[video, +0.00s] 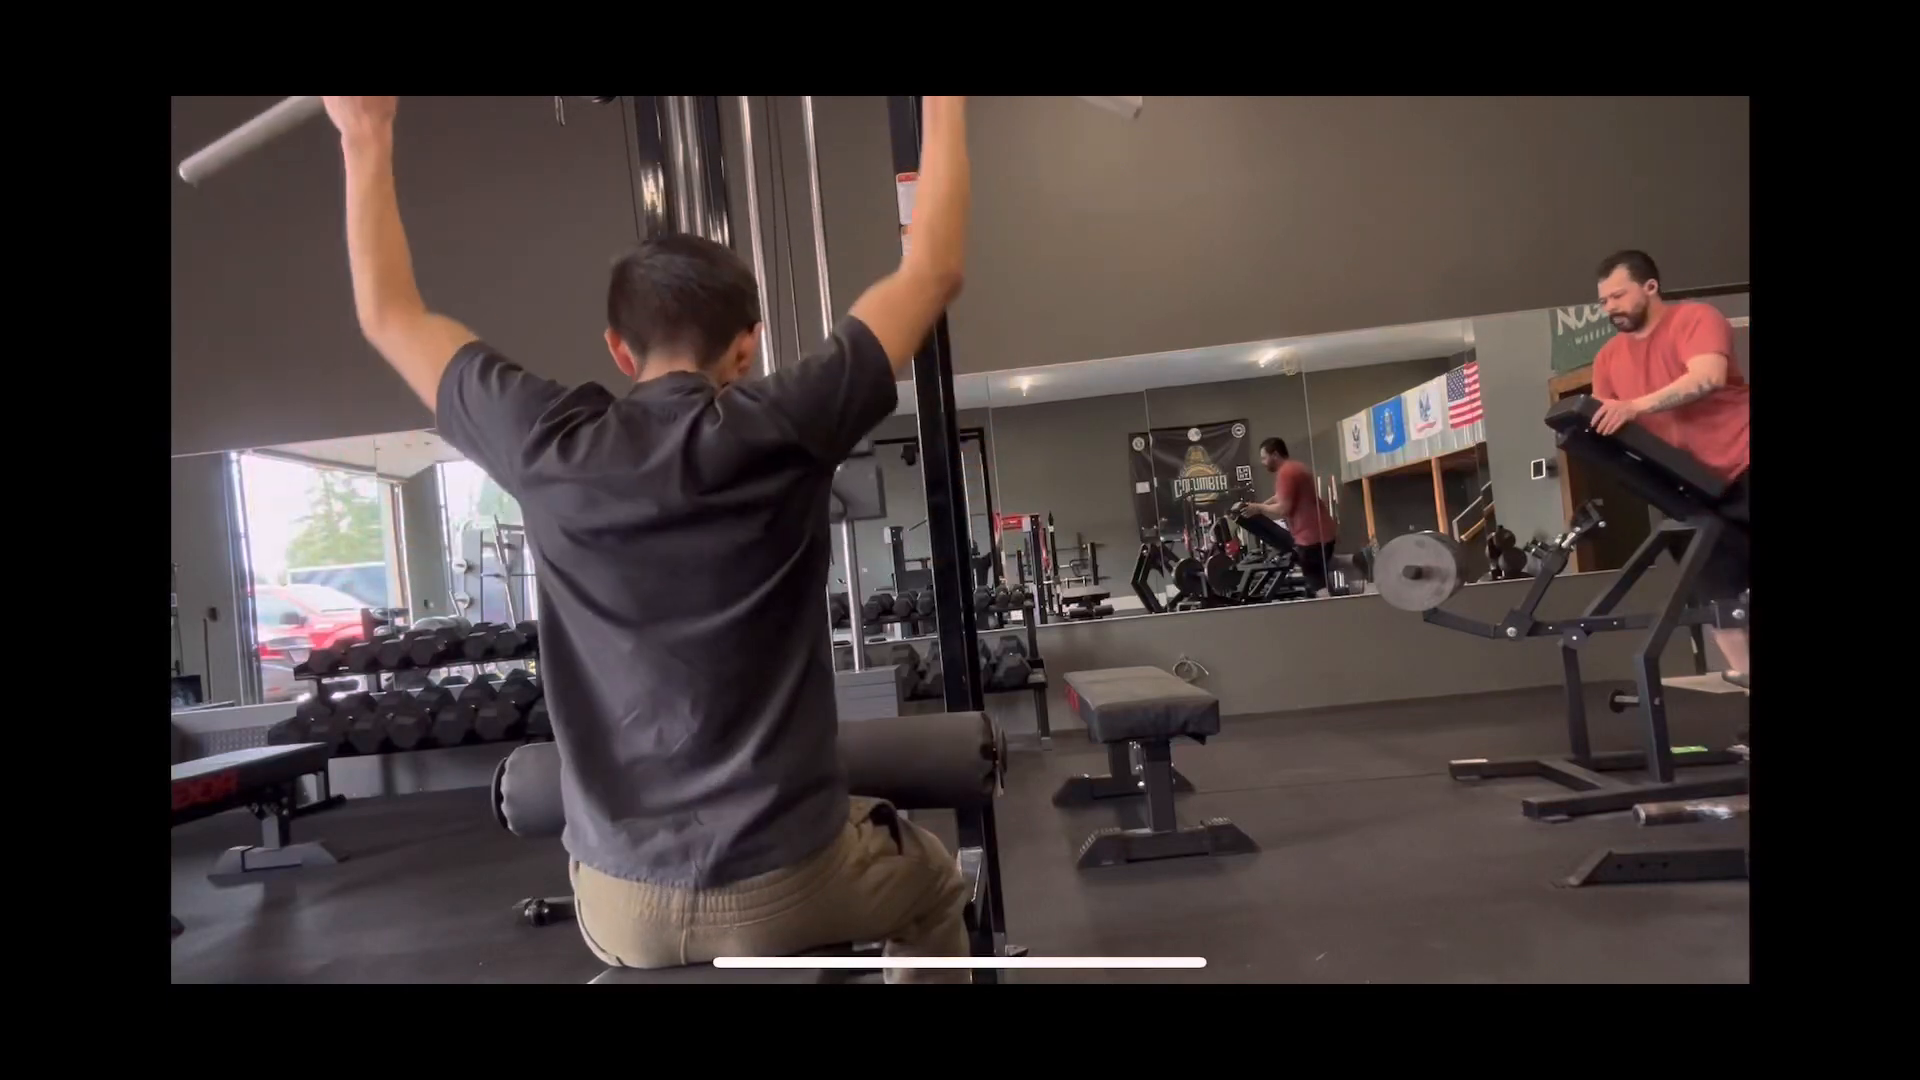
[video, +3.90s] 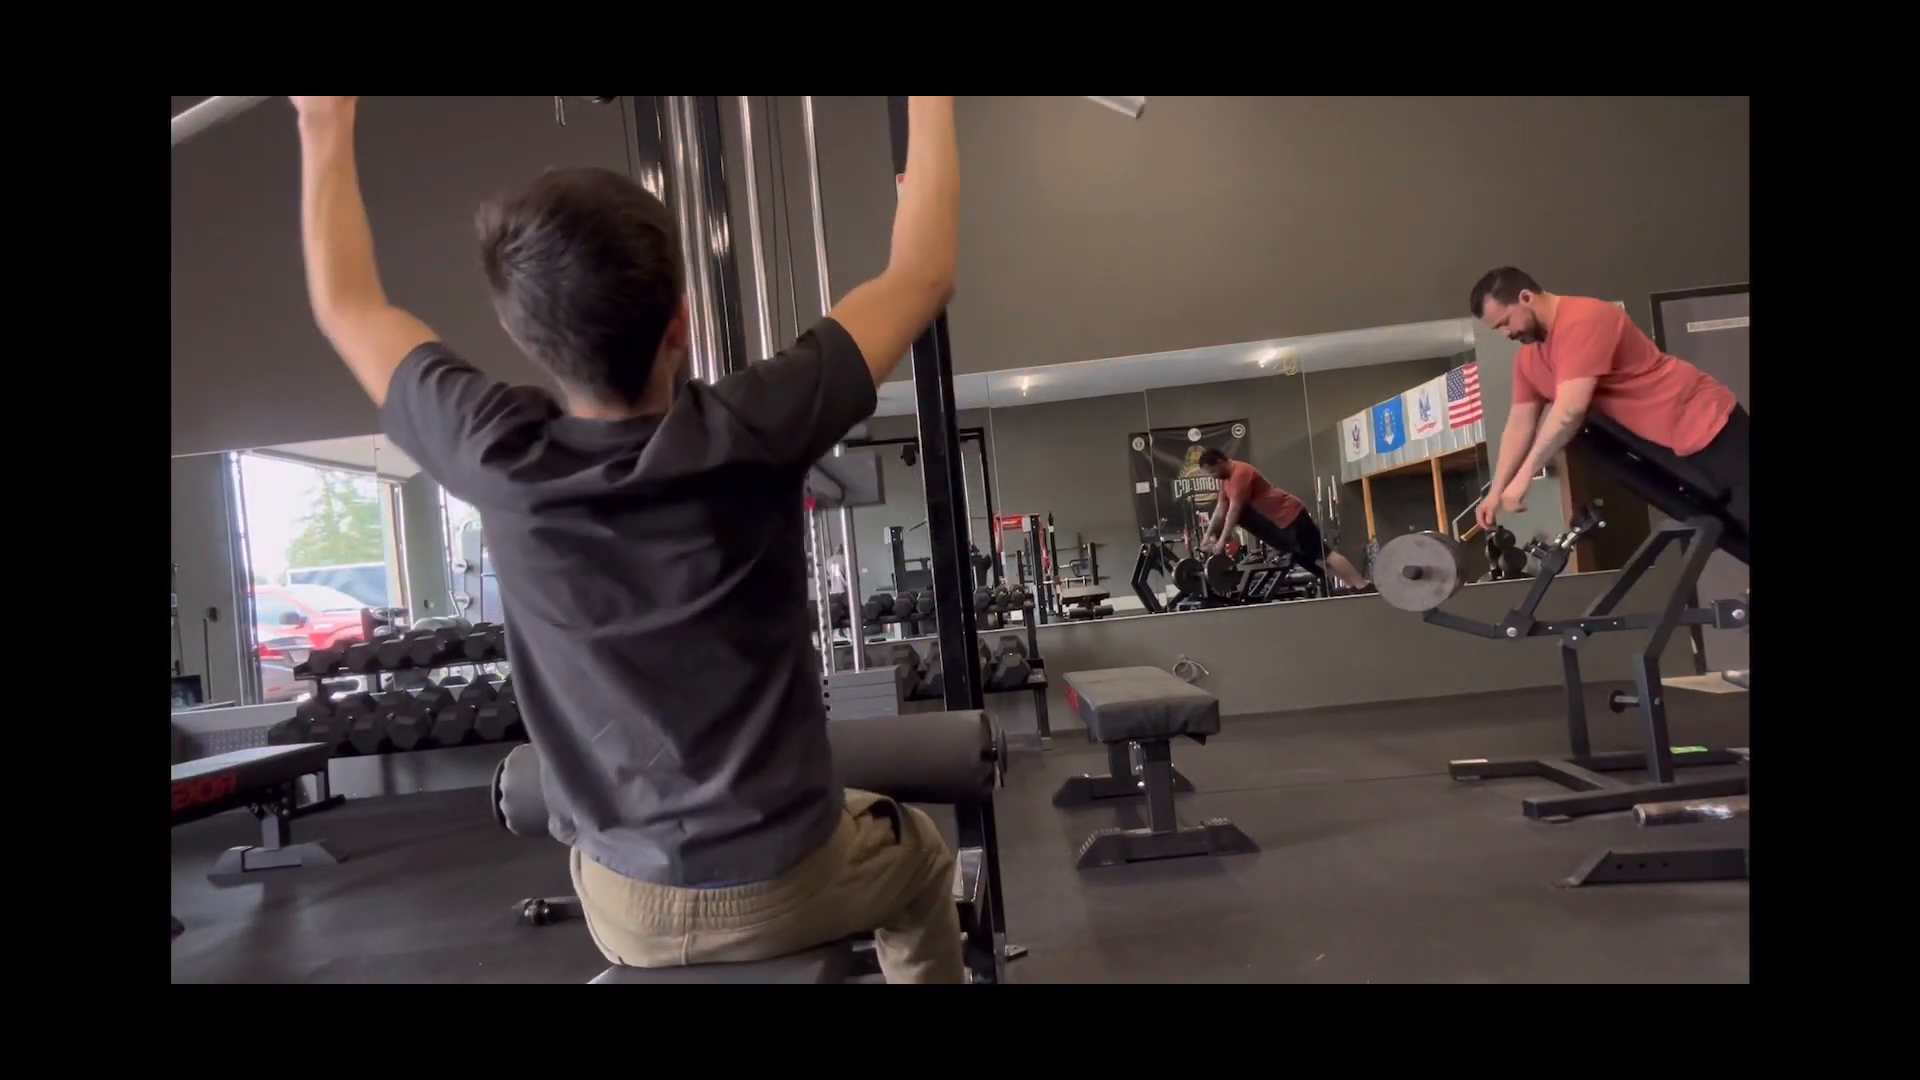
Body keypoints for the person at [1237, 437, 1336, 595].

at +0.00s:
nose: (1262, 462)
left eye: (1264, 457)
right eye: (1262, 458)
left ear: (1275, 454)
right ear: (1277, 454)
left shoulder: (1287, 471)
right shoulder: (1293, 468)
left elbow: (1284, 508)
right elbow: (1279, 498)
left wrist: (1258, 509)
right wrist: (1258, 507)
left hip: (1312, 538)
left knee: (1316, 586)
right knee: (1318, 585)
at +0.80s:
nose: (1249, 455)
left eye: (1251, 449)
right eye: (1248, 451)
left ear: (1262, 443)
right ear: (1260, 446)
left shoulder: (1281, 454)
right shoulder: (1265, 464)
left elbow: (1283, 487)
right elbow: (1266, 491)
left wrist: (1259, 507)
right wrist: (1251, 507)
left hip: (1317, 516)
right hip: (1303, 520)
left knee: (1325, 564)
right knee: (1321, 563)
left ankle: (1344, 602)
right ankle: (1360, 578)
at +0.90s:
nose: (1245, 450)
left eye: (1246, 445)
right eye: (1243, 446)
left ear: (1257, 439)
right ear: (1254, 441)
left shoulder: (1278, 451)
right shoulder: (1262, 460)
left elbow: (1280, 483)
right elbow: (1263, 487)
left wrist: (1259, 507)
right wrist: (1253, 506)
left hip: (1313, 511)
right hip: (1299, 515)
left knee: (1324, 560)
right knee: (1320, 559)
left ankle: (1359, 588)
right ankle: (1362, 578)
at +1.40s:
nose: (1226, 458)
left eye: (1227, 453)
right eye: (1223, 456)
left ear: (1237, 446)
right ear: (1229, 453)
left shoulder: (1255, 457)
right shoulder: (1241, 468)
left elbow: (1274, 482)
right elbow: (1256, 494)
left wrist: (1259, 508)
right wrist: (1243, 508)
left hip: (1294, 518)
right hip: (1280, 523)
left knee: (1320, 555)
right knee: (1311, 560)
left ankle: (1366, 574)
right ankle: (1356, 578)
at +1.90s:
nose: (1210, 479)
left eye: (1209, 474)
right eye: (1207, 477)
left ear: (1217, 465)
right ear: (1213, 469)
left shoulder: (1239, 475)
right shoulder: (1228, 482)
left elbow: (1266, 484)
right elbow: (1248, 499)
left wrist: (1261, 510)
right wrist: (1236, 509)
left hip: (1291, 516)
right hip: (1281, 522)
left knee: (1323, 555)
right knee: (1318, 559)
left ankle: (1367, 574)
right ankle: (1360, 577)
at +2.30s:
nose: (1207, 484)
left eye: (1205, 479)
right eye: (1203, 482)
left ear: (1212, 470)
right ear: (1206, 479)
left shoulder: (1237, 476)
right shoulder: (1222, 490)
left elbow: (1258, 500)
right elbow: (1226, 511)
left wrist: (1239, 525)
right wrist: (1209, 507)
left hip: (1289, 514)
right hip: (1275, 527)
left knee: (1322, 554)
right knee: (1317, 562)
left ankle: (1366, 576)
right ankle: (1359, 579)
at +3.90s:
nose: (1212, 476)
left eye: (1211, 471)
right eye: (1209, 473)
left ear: (1220, 462)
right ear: (1215, 466)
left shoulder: (1240, 474)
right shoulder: (1226, 478)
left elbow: (1235, 510)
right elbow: (1221, 508)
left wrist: (1222, 540)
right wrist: (1209, 534)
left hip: (1291, 514)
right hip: (1280, 522)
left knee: (1323, 553)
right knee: (1316, 560)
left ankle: (1363, 585)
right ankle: (1354, 585)